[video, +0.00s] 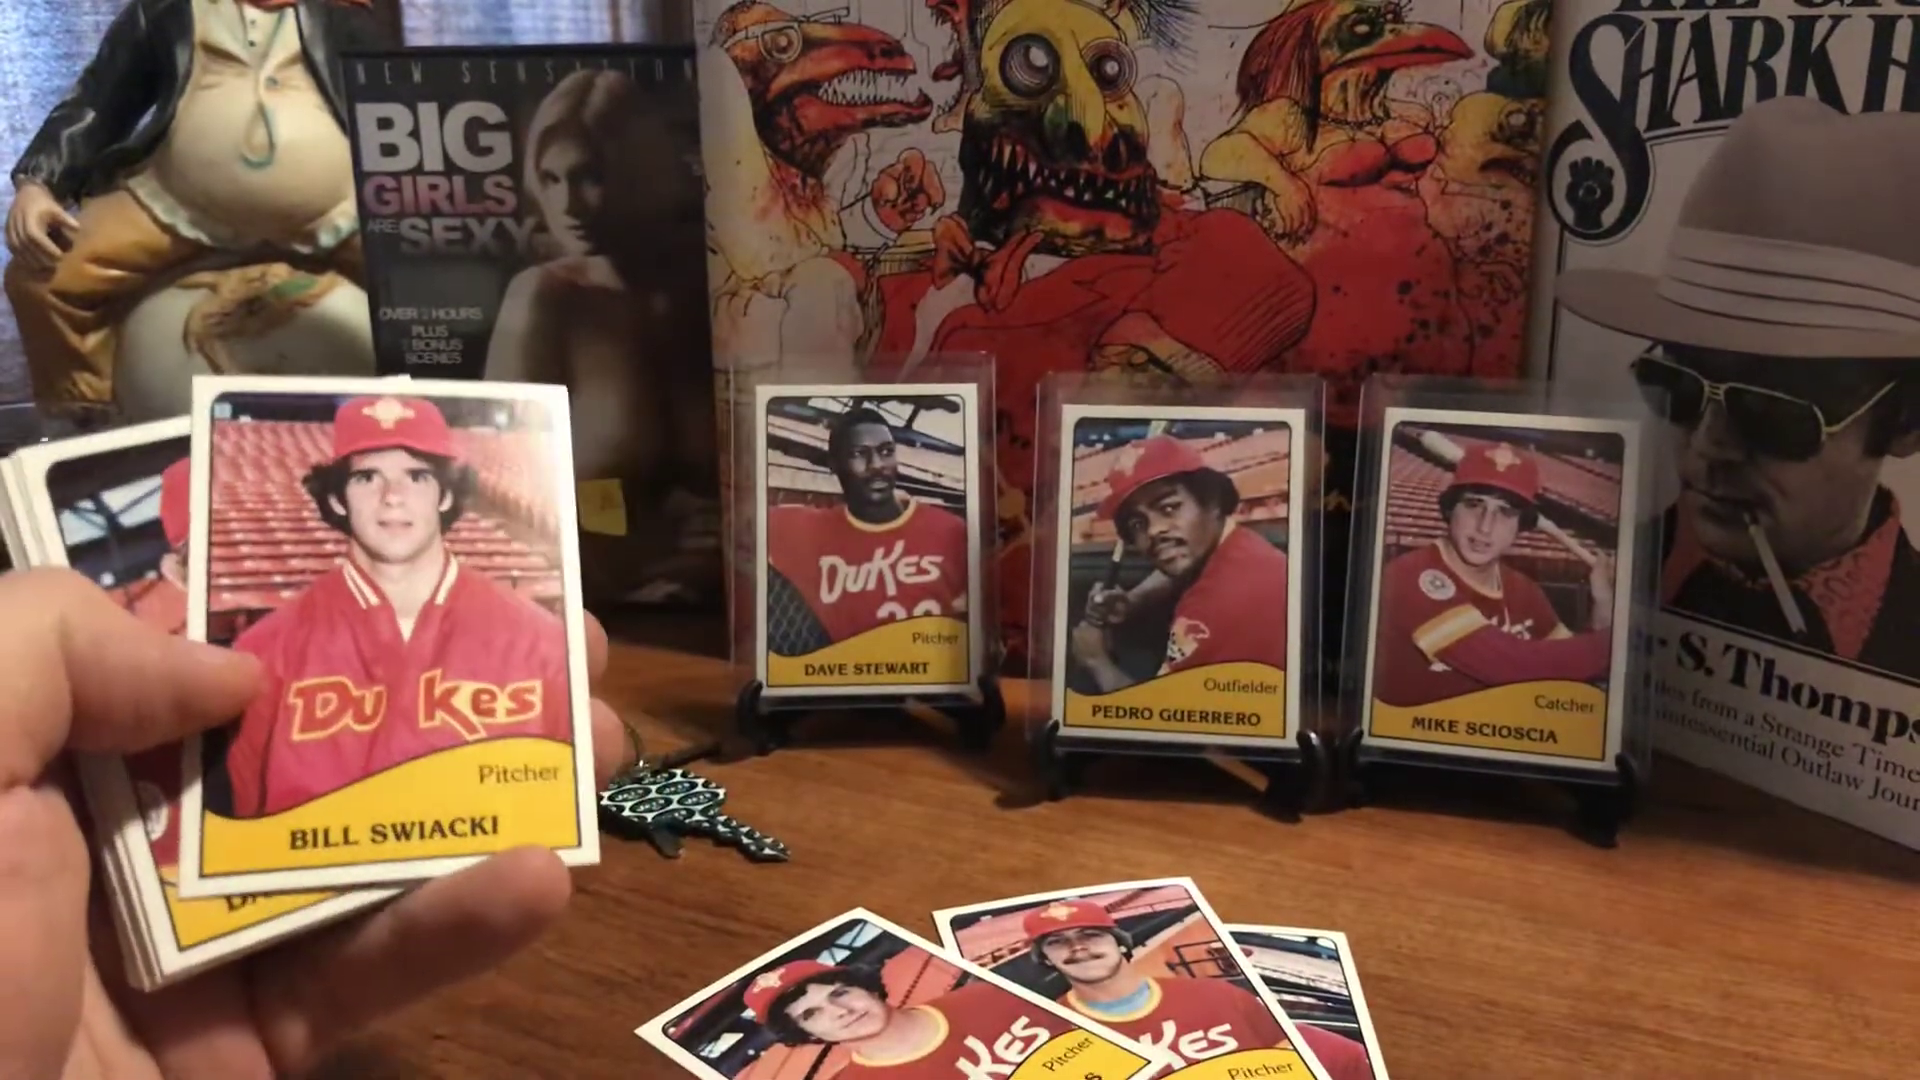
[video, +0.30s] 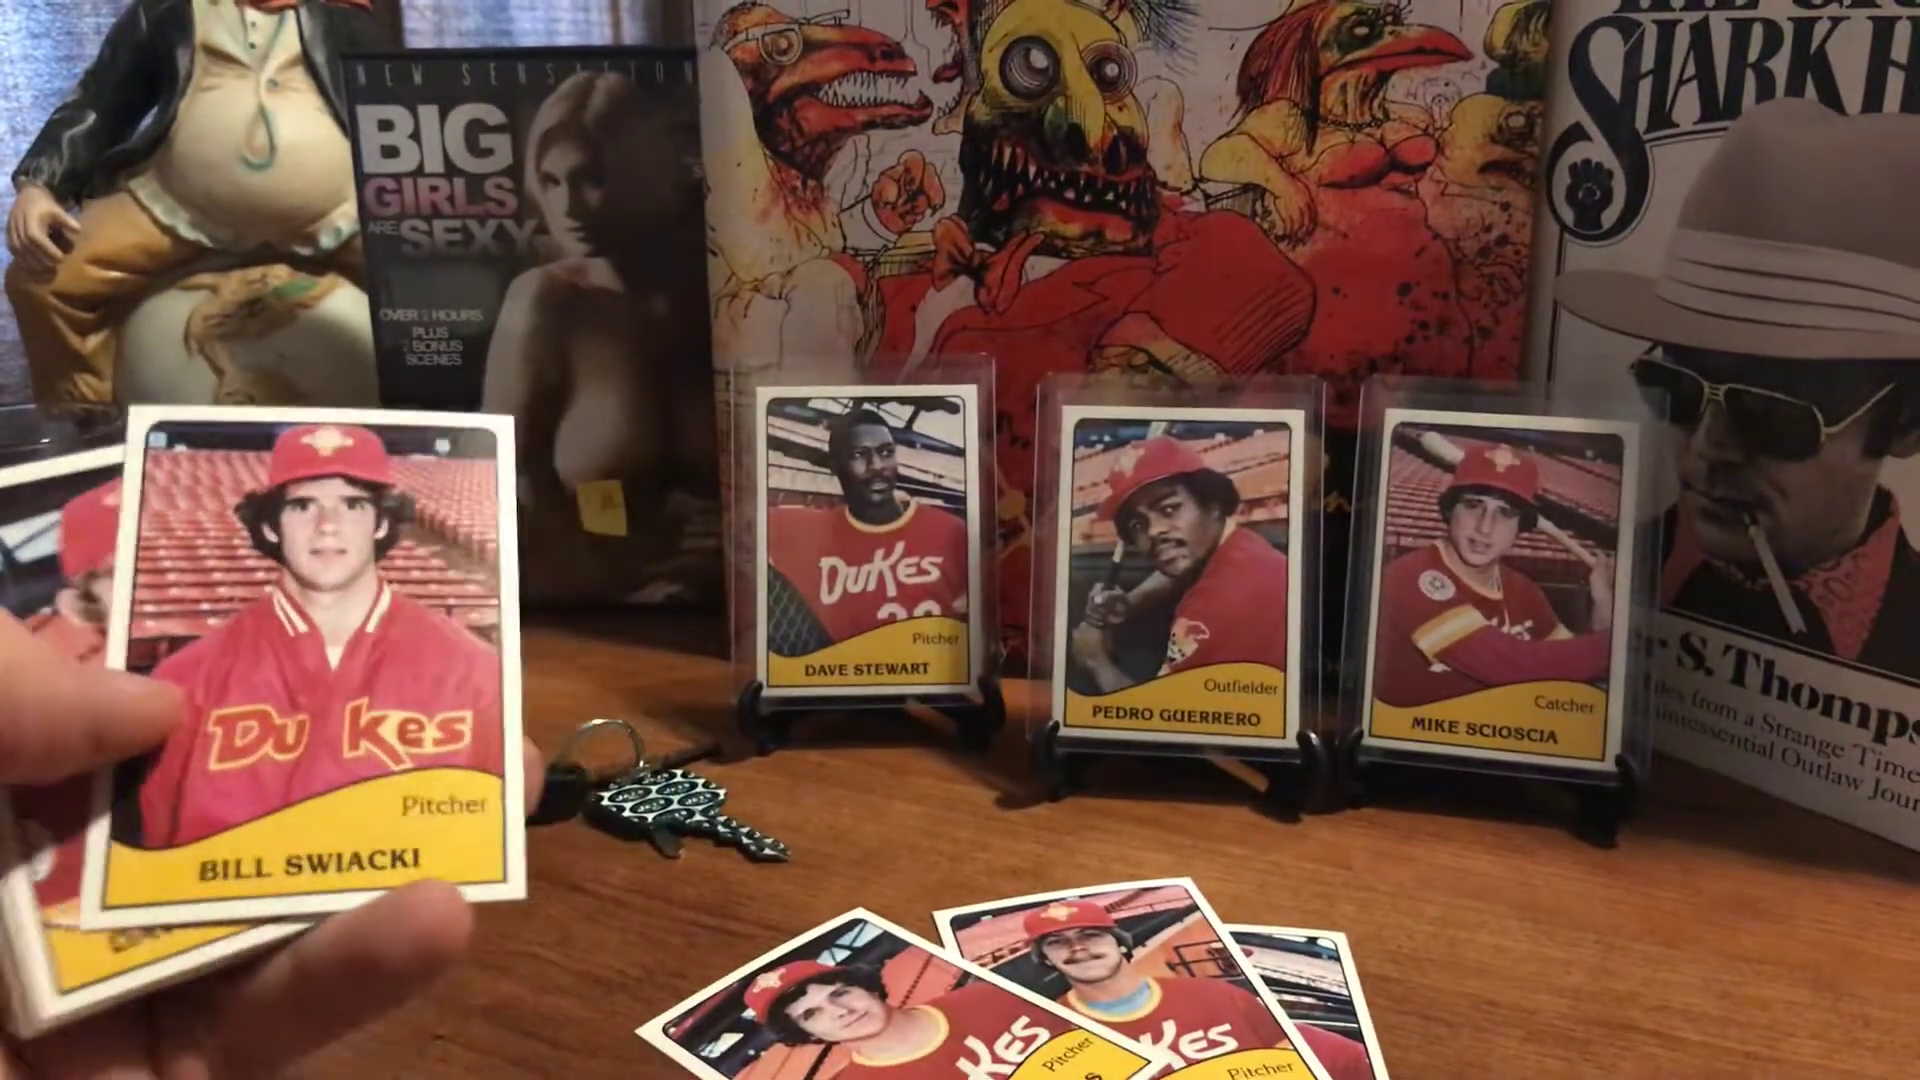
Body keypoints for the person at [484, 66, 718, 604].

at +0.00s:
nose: (570, 202)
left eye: (590, 176)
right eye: (551, 178)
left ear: (638, 177)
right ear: (535, 186)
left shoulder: (698, 294)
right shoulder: (542, 296)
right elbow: (503, 478)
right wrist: (621, 569)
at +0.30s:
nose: (569, 205)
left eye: (590, 178)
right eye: (551, 181)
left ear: (646, 178)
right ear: (536, 188)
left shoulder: (704, 295)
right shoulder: (543, 300)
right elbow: (507, 472)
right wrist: (610, 578)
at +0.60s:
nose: (569, 205)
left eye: (591, 179)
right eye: (552, 182)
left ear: (644, 178)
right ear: (535, 189)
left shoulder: (692, 297)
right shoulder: (544, 299)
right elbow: (514, 464)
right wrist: (608, 575)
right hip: (481, 464)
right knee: (428, 539)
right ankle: (614, 584)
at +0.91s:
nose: (570, 204)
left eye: (591, 176)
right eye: (552, 180)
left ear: (643, 175)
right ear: (536, 187)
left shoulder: (694, 291)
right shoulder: (544, 297)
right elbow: (514, 464)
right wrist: (614, 576)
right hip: (481, 467)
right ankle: (611, 587)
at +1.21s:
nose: (569, 206)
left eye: (590, 179)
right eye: (552, 182)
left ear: (641, 176)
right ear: (536, 189)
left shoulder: (694, 295)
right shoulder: (544, 300)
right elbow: (514, 466)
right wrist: (611, 579)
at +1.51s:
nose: (570, 205)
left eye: (593, 179)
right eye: (553, 182)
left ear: (639, 179)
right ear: (538, 189)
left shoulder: (704, 294)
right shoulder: (543, 298)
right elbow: (511, 472)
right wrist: (608, 579)